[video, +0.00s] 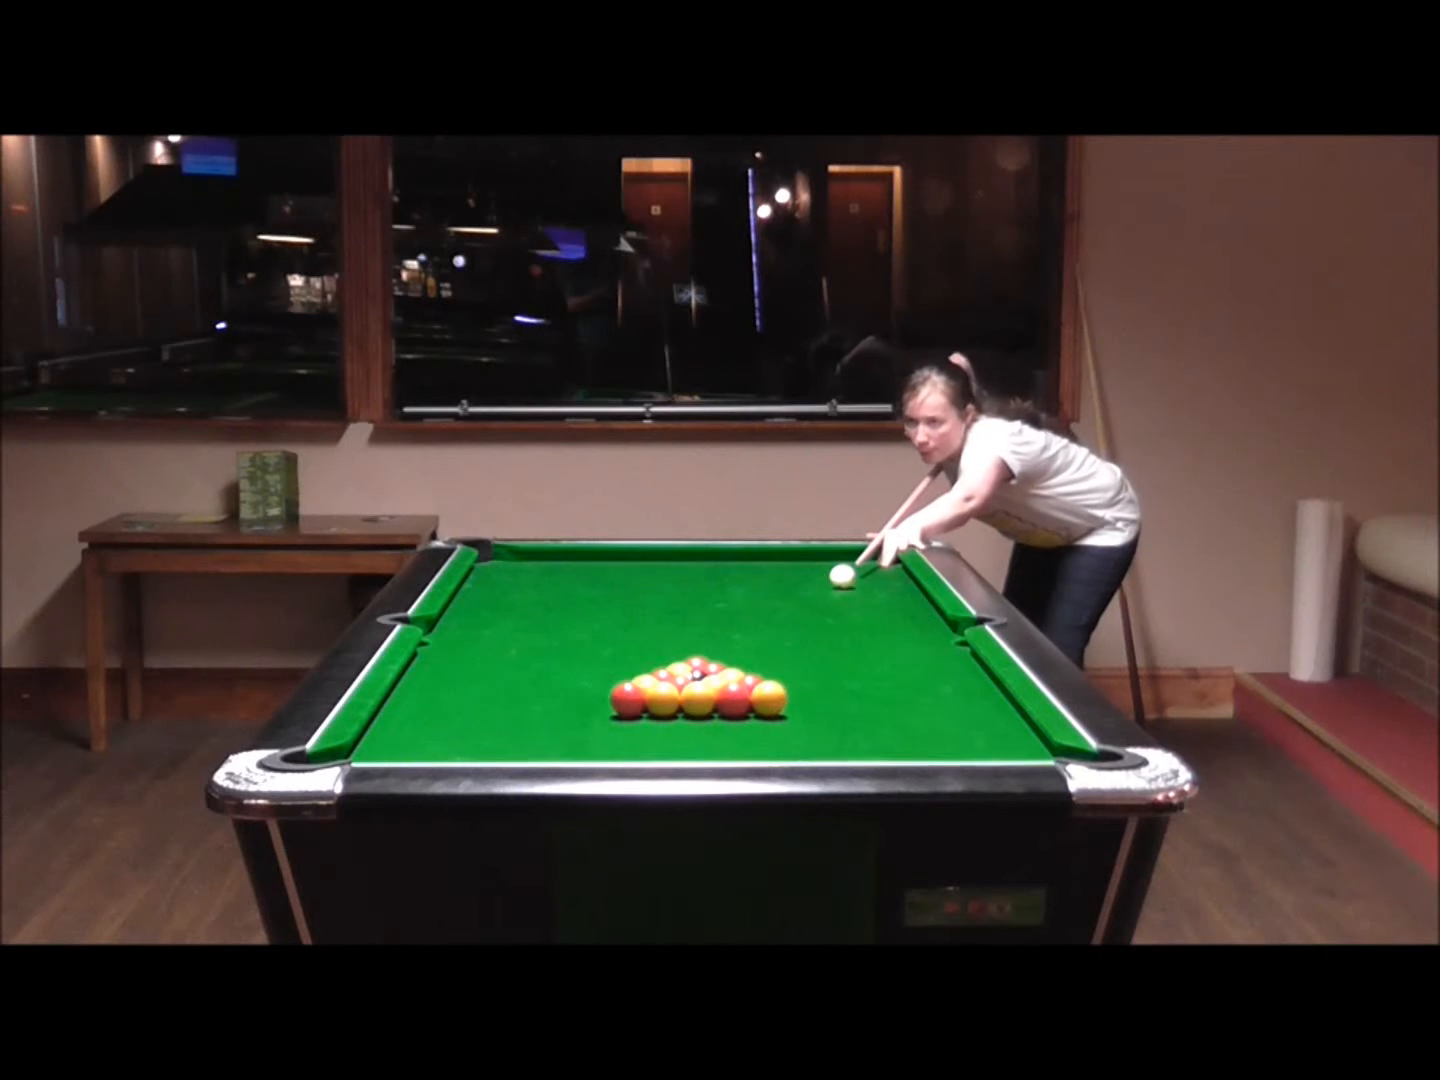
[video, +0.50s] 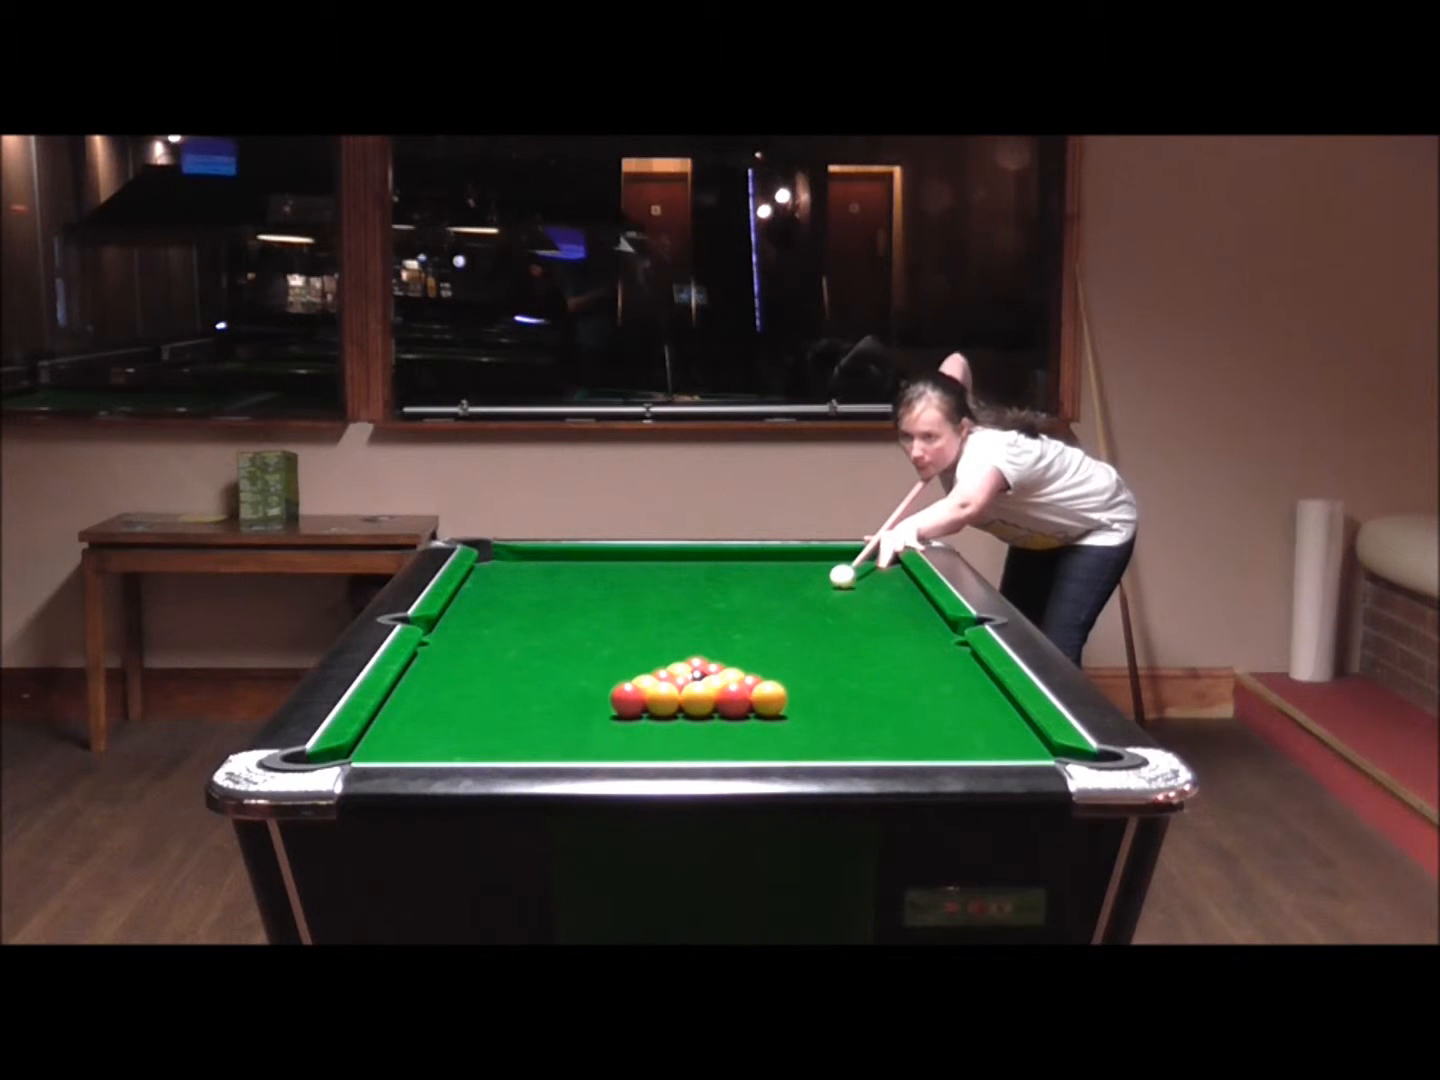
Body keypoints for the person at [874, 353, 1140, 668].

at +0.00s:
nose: (920, 438)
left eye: (934, 423)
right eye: (912, 424)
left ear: (967, 417)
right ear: (903, 423)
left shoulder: (991, 444)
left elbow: (966, 502)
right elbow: (957, 366)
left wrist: (913, 527)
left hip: (1101, 527)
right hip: (1041, 531)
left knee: (1058, 647)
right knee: (1011, 636)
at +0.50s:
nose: (915, 451)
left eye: (929, 438)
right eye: (908, 437)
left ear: (962, 431)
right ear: (899, 434)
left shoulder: (986, 455)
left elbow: (963, 508)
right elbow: (954, 361)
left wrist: (911, 527)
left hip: (1098, 528)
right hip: (1036, 533)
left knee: (1056, 648)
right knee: (1007, 638)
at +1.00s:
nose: (915, 455)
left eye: (928, 441)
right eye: (907, 441)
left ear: (962, 432)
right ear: (900, 436)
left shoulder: (987, 457)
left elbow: (963, 509)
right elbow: (956, 356)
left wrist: (911, 528)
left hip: (1099, 527)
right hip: (1037, 533)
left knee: (1055, 649)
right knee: (1008, 638)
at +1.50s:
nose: (914, 444)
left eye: (928, 429)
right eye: (906, 430)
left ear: (961, 421)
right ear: (898, 428)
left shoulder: (985, 446)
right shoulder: (951, 440)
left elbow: (964, 503)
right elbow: (965, 383)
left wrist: (909, 529)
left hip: (1098, 528)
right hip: (1036, 533)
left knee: (1054, 648)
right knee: (1009, 639)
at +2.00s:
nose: (918, 428)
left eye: (932, 413)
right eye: (910, 414)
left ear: (967, 409)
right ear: (901, 414)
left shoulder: (991, 441)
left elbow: (969, 505)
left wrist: (914, 529)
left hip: (1096, 525)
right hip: (1037, 529)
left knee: (1057, 649)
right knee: (1015, 638)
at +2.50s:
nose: (969, 309)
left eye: (986, 297)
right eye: (960, 296)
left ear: (1015, 307)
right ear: (950, 303)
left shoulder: (1037, 361)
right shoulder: (953, 355)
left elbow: (1030, 473)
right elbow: (969, 431)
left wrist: (939, 497)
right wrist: (959, 475)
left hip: (1076, 528)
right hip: (1016, 524)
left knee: (1051, 653)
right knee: (1007, 648)